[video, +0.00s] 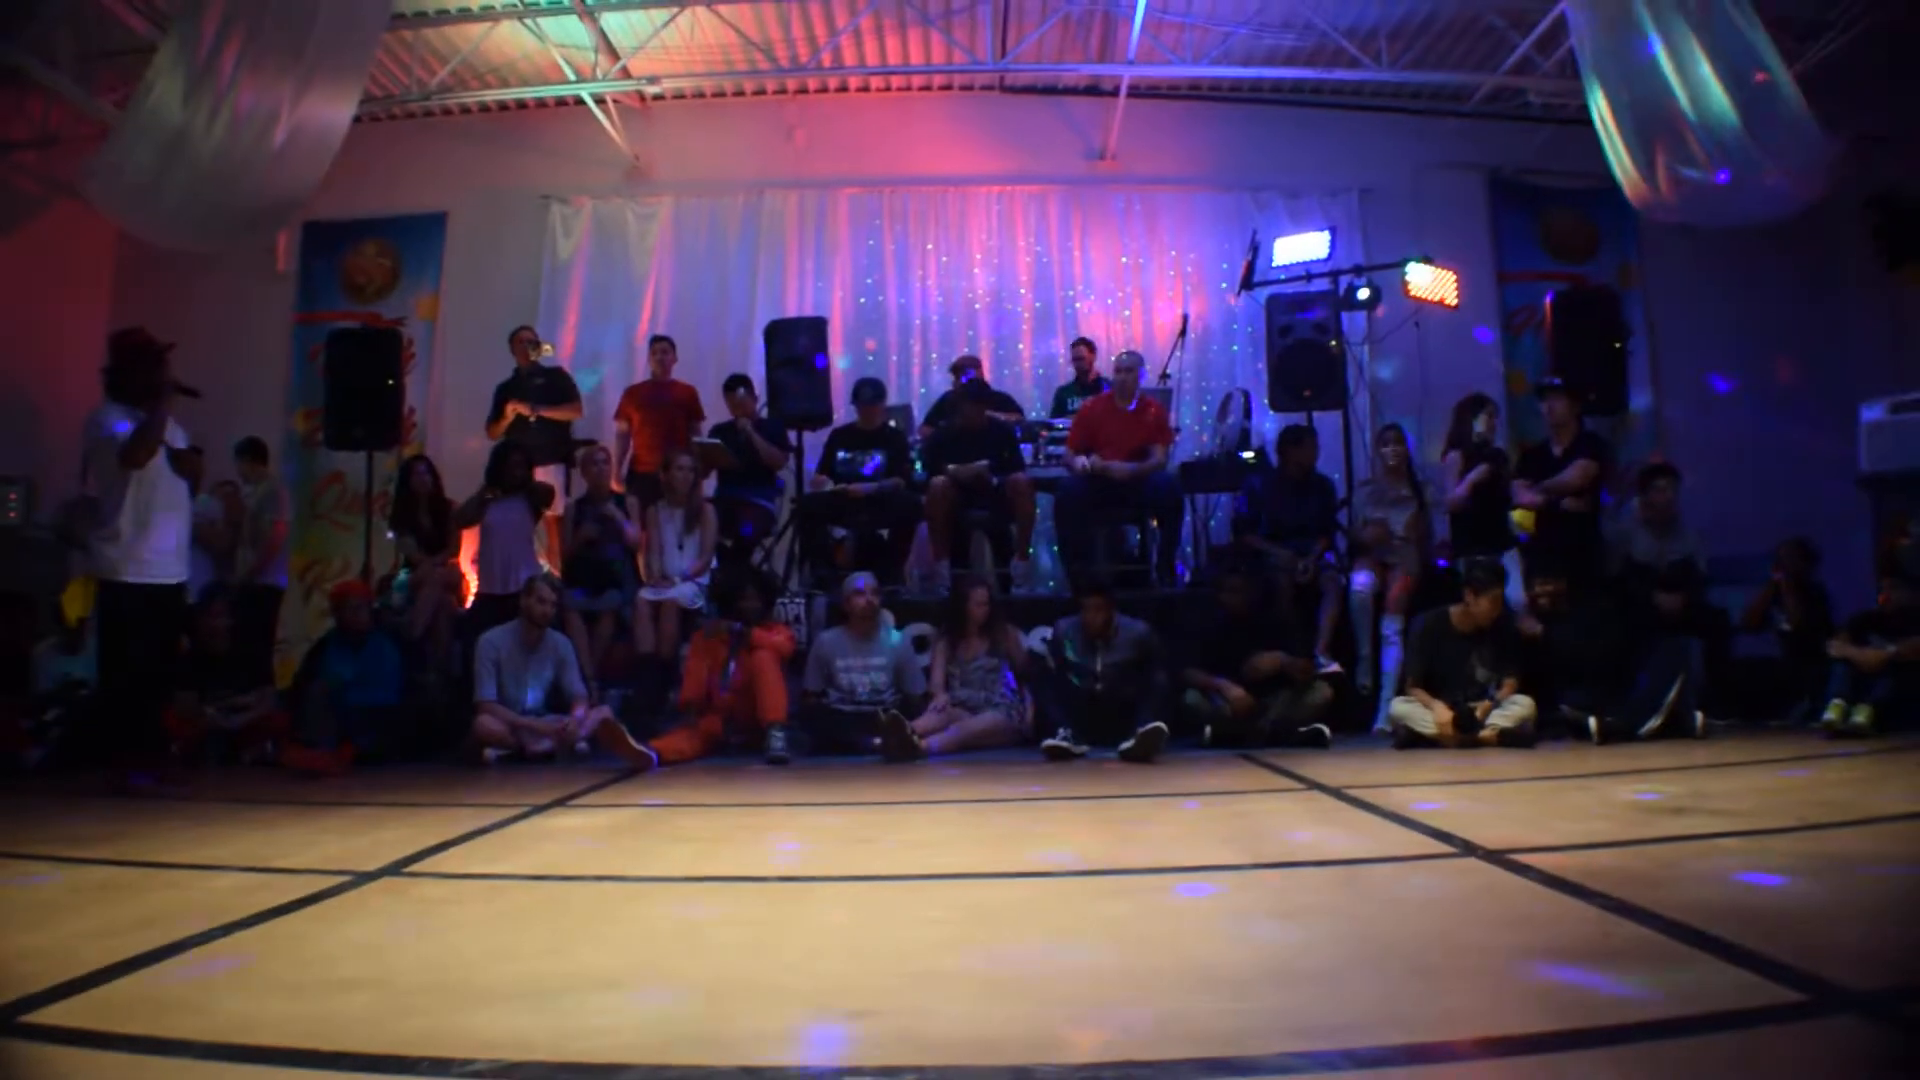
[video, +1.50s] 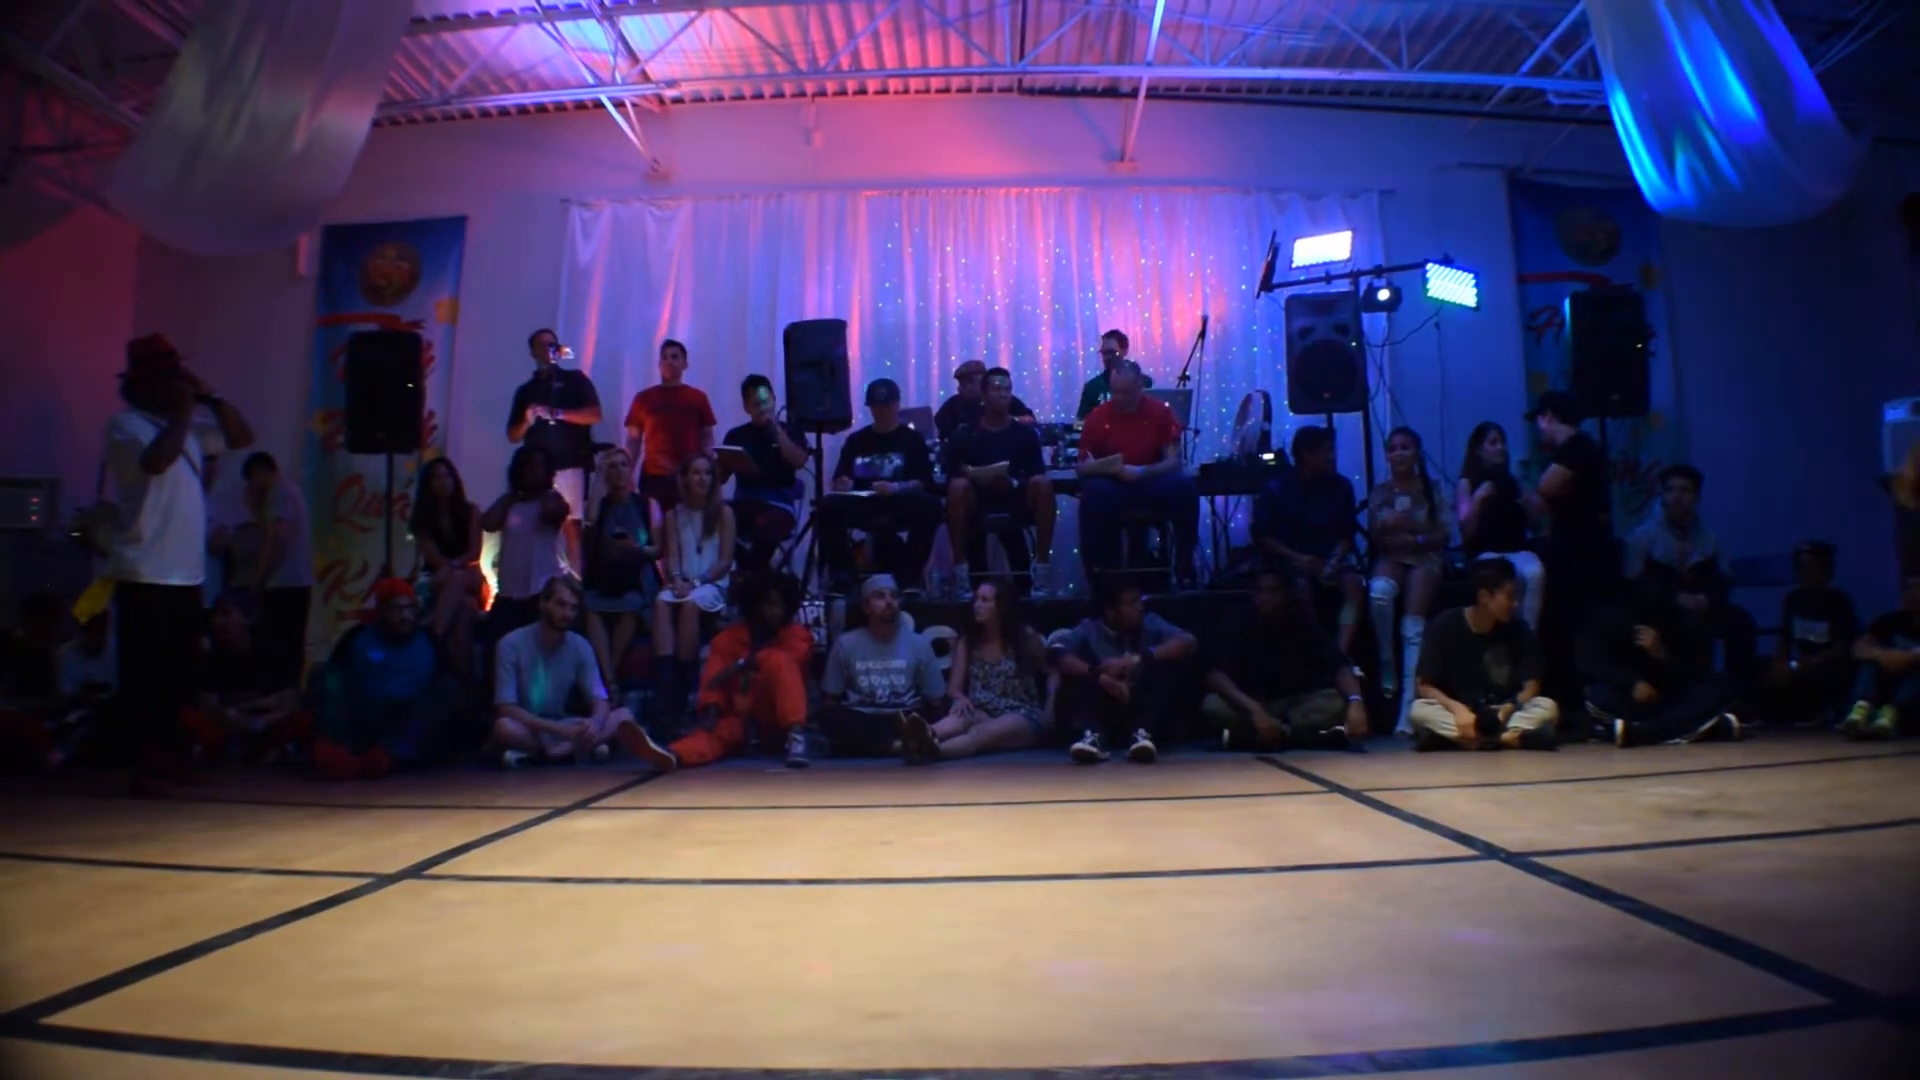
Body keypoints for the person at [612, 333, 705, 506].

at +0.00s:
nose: (659, 357)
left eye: (665, 352)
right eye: (655, 353)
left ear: (675, 358)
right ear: (649, 359)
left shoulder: (687, 393)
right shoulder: (633, 393)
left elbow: (696, 435)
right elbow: (622, 435)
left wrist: (697, 476)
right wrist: (616, 475)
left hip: (678, 476)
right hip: (642, 475)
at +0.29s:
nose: (685, 359)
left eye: (691, 353)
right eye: (681, 354)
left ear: (700, 359)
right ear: (675, 359)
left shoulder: (713, 394)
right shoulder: (659, 395)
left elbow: (722, 436)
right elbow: (649, 436)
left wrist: (721, 477)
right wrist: (642, 475)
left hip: (703, 478)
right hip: (668, 476)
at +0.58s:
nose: (687, 356)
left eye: (693, 351)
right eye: (682, 351)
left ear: (702, 357)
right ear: (676, 357)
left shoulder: (715, 392)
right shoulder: (661, 393)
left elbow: (724, 434)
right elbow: (650, 433)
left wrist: (722, 473)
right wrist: (644, 473)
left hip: (705, 475)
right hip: (670, 474)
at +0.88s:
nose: (683, 357)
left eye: (689, 352)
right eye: (679, 353)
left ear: (699, 358)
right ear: (673, 359)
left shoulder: (711, 393)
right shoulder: (658, 394)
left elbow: (720, 434)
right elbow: (647, 435)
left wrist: (720, 474)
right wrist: (641, 476)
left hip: (702, 476)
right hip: (666, 474)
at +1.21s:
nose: (677, 360)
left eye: (683, 355)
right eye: (673, 355)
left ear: (693, 360)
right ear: (668, 361)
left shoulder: (706, 397)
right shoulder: (651, 396)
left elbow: (715, 438)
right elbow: (642, 437)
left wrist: (713, 475)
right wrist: (636, 476)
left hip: (695, 478)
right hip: (660, 476)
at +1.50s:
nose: (669, 362)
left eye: (675, 357)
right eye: (664, 357)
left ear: (685, 363)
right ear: (659, 363)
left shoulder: (698, 398)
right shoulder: (644, 398)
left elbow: (707, 437)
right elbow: (633, 440)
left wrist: (705, 473)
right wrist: (628, 478)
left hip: (689, 478)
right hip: (654, 478)